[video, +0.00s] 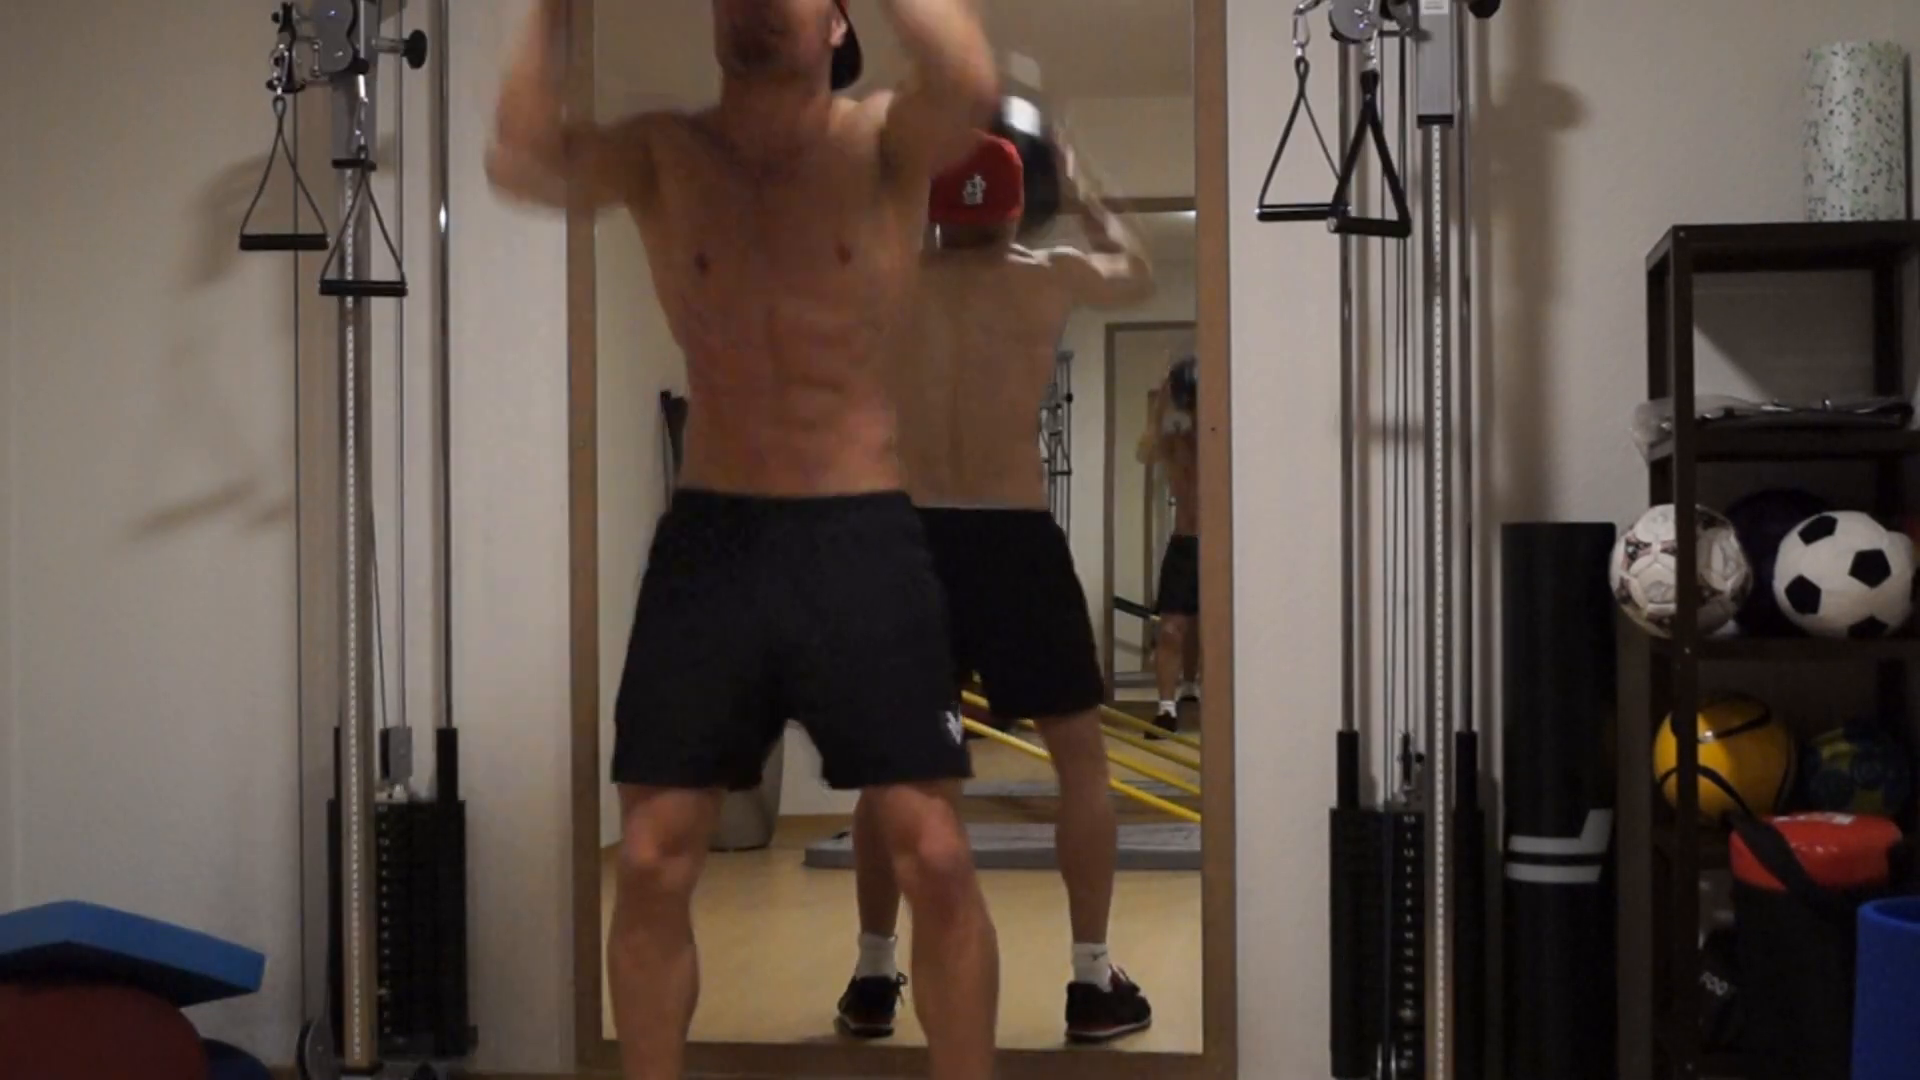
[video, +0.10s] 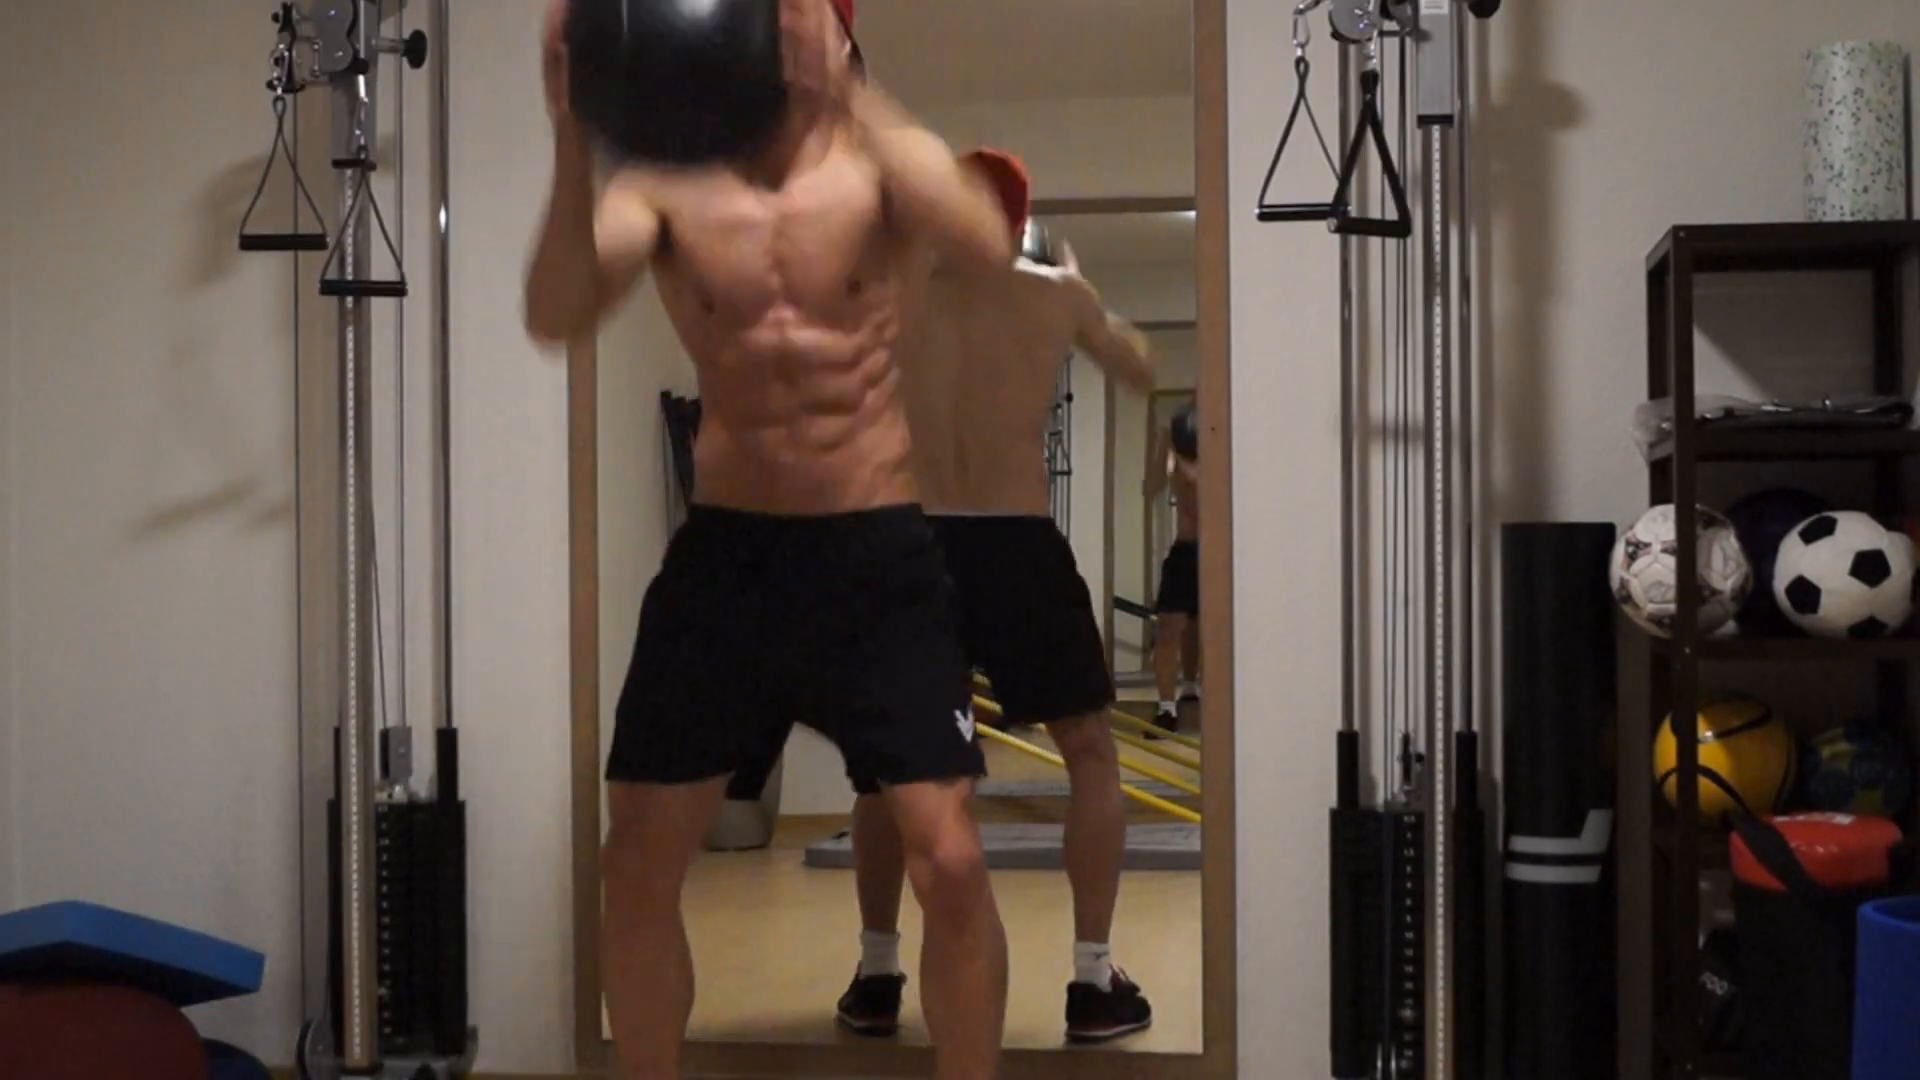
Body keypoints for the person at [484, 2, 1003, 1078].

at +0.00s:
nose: (753, 6)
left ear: (836, 24)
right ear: (713, 19)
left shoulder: (883, 142)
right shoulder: (661, 149)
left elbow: (967, 81)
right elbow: (521, 157)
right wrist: (557, 5)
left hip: (865, 537)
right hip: (711, 538)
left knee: (935, 858)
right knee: (651, 862)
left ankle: (962, 1070)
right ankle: (652, 1076)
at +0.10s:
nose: (782, 28)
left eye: (797, 10)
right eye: (761, 14)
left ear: (837, 28)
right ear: (720, 39)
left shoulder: (888, 154)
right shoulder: (666, 175)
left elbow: (987, 242)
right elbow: (554, 313)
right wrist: (574, 139)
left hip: (881, 557)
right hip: (726, 559)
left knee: (951, 867)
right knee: (638, 869)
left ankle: (969, 1071)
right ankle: (649, 1075)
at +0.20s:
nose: (758, 88)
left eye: (786, 70)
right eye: (738, 67)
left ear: (836, 105)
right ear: (709, 95)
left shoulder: (901, 244)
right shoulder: (654, 256)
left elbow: (963, 444)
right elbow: (612, 453)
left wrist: (877, 449)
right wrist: (665, 431)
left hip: (887, 598)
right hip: (728, 598)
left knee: (965, 876)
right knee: (619, 856)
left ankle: (974, 1071)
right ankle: (645, 1074)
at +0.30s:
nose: (745, 183)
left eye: (775, 158)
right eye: (725, 157)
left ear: (828, 183)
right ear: (700, 176)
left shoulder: (891, 320)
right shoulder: (651, 333)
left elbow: (944, 537)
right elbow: (640, 534)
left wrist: (877, 661)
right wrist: (621, 670)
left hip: (891, 621)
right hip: (738, 625)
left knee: (973, 880)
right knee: (607, 881)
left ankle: (977, 1068)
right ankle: (643, 1076)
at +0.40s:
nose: (736, 369)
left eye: (766, 339)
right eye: (713, 339)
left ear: (821, 337)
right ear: (688, 336)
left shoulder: (893, 461)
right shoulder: (654, 473)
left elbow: (915, 703)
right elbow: (651, 706)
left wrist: (884, 921)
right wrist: (638, 918)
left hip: (881, 683)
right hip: (741, 684)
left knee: (995, 885)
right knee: (585, 881)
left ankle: (980, 1071)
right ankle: (635, 1069)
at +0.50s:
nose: (739, 500)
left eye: (768, 468)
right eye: (714, 467)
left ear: (824, 450)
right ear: (688, 455)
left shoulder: (902, 566)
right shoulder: (648, 575)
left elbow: (911, 809)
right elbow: (657, 810)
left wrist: (894, 1032)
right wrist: (651, 1031)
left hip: (884, 722)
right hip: (740, 732)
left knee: (1001, 893)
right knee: (575, 892)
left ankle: (985, 1066)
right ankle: (616, 1065)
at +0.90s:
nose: (746, 392)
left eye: (775, 365)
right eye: (723, 364)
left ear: (831, 364)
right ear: (699, 361)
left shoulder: (906, 478)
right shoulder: (658, 481)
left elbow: (936, 690)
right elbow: (660, 680)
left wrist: (882, 861)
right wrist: (651, 854)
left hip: (898, 679)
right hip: (754, 677)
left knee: (989, 883)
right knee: (597, 873)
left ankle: (980, 1069)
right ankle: (637, 1068)